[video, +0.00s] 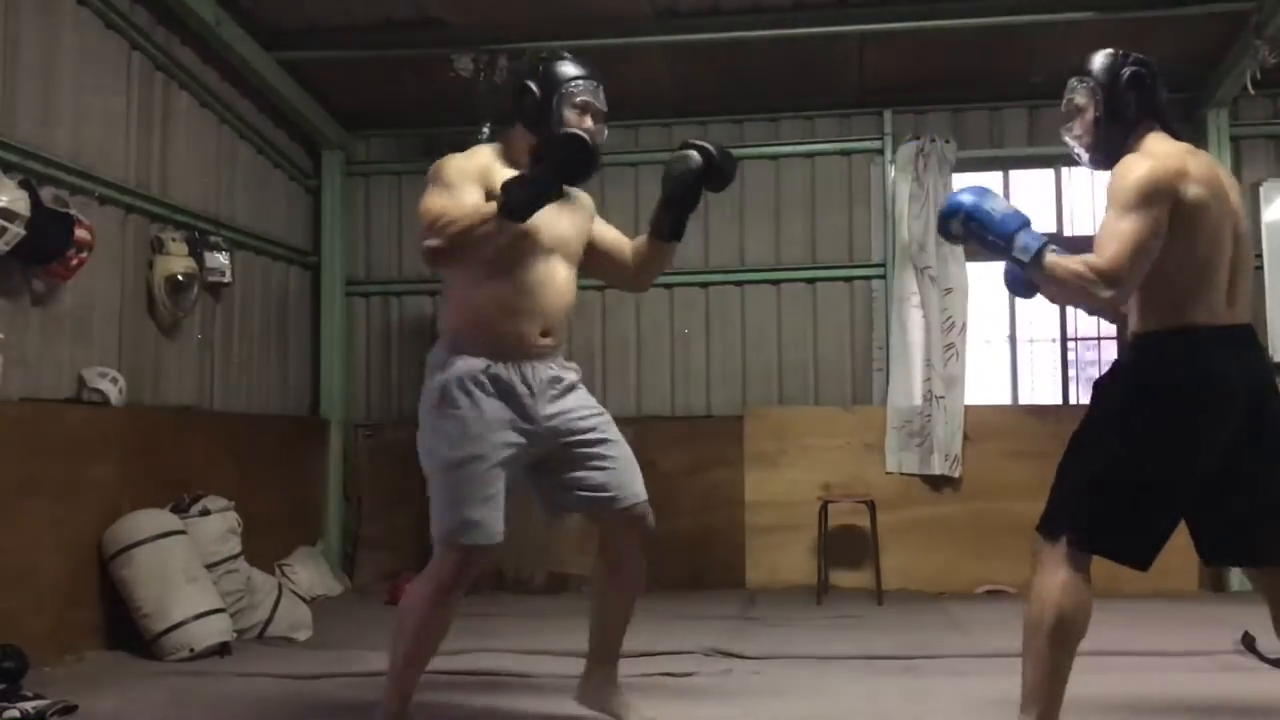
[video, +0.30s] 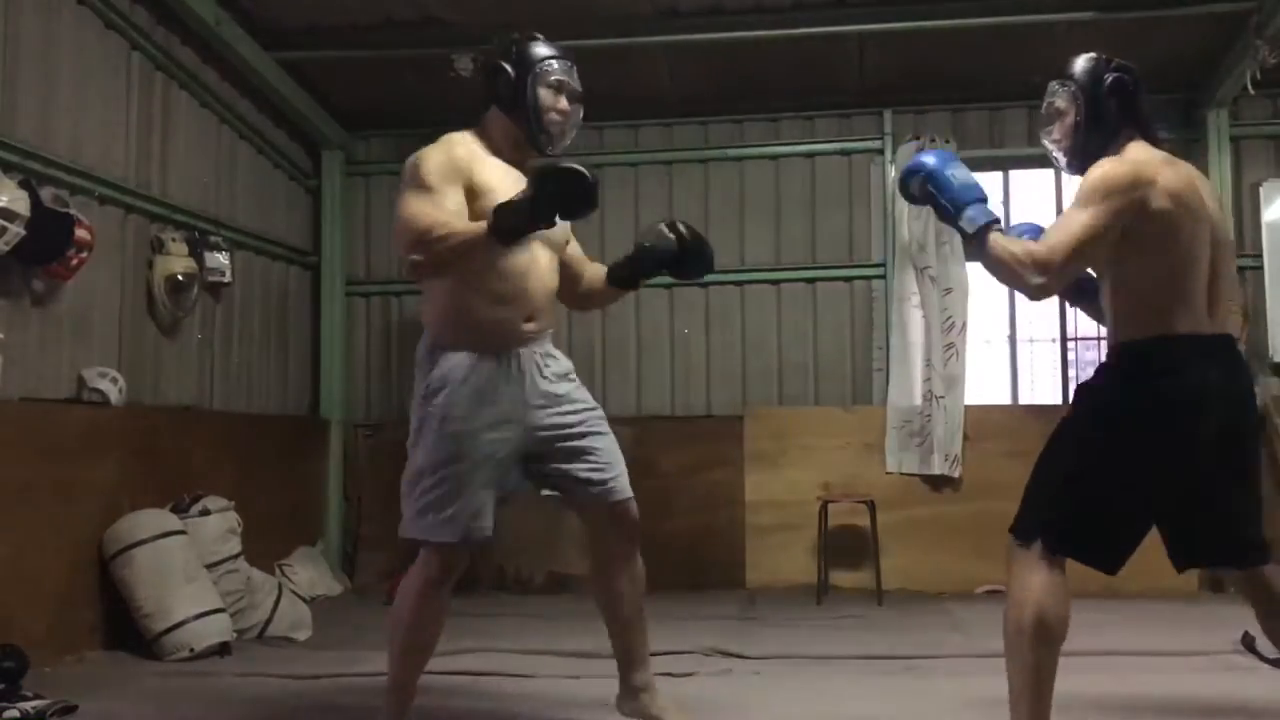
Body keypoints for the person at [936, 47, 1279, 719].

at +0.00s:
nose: (1069, 129)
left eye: (1075, 112)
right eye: (1067, 114)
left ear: (1114, 107)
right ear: (1142, 107)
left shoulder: (1146, 169)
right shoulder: (1217, 176)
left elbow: (1106, 283)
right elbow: (1144, 295)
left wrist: (1016, 235)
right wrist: (1044, 273)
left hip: (1162, 381)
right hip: (1245, 379)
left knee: (1063, 546)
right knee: (1270, 564)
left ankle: (1037, 711)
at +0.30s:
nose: (1048, 132)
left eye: (1056, 115)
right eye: (1046, 116)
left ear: (1095, 112)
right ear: (1124, 114)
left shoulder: (1117, 173)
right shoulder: (1193, 182)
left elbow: (1036, 271)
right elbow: (1153, 319)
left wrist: (967, 209)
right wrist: (1074, 282)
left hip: (1143, 386)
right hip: (1224, 384)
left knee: (1036, 546)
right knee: (1249, 561)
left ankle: (1028, 714)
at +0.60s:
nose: (1051, 134)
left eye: (1063, 118)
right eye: (1050, 120)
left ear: (1111, 119)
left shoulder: (1167, 177)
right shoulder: (1119, 211)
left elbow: (1153, 292)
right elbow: (1067, 305)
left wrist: (1047, 242)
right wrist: (1023, 244)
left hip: (1171, 388)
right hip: (1196, 392)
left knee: (1045, 543)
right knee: (1235, 576)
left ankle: (1032, 714)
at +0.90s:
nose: (1046, 131)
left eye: (1059, 114)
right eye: (1044, 117)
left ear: (1108, 115)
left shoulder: (1158, 182)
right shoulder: (1114, 209)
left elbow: (1118, 300)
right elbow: (1065, 312)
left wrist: (1030, 238)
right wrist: (1008, 248)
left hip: (1171, 393)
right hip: (1207, 396)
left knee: (1049, 550)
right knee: (1237, 574)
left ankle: (1034, 711)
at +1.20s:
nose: (1021, 123)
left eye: (1029, 106)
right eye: (1021, 108)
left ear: (1069, 103)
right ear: (1099, 106)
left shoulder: (1097, 162)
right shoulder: (1154, 175)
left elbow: (1004, 244)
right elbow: (1146, 300)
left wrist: (957, 175)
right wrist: (1053, 296)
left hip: (1128, 374)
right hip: (1197, 378)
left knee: (1030, 545)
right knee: (1196, 565)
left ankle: (1028, 712)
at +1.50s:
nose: (1083, 96)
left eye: (1095, 81)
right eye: (1084, 81)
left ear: (1136, 83)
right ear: (1166, 87)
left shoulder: (1124, 138)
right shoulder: (1227, 159)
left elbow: (1024, 249)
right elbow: (1110, 253)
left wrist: (964, 335)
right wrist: (1040, 200)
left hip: (1168, 326)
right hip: (1252, 345)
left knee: (1042, 499)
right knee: (1197, 555)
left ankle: (1085, 694)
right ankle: (1186, 713)